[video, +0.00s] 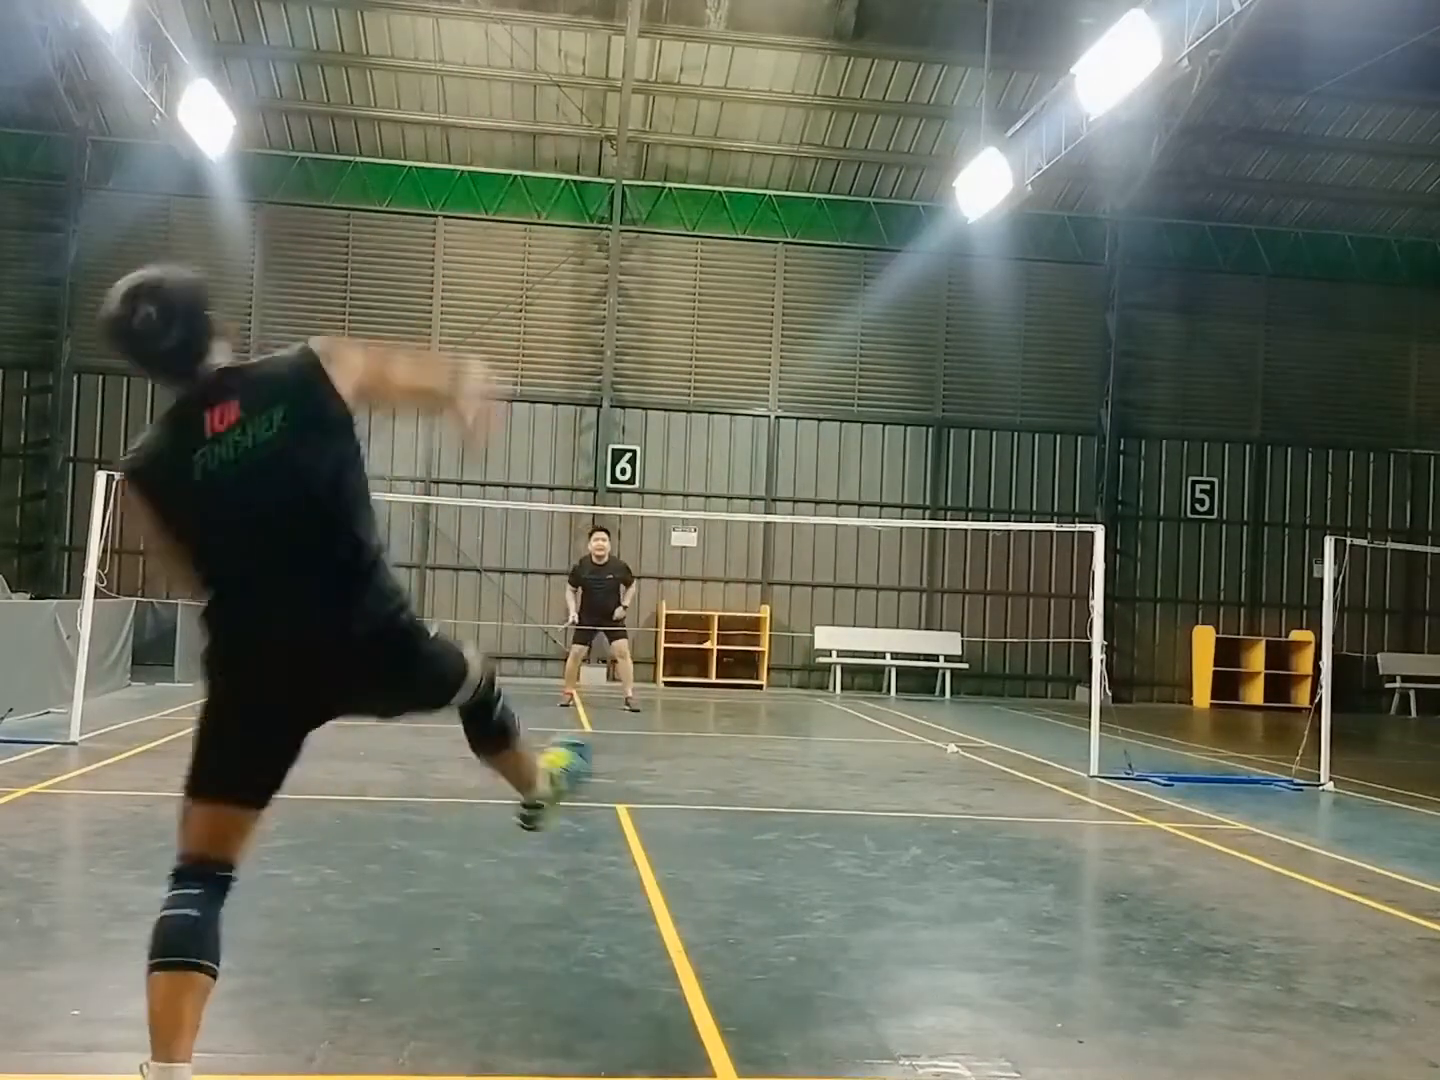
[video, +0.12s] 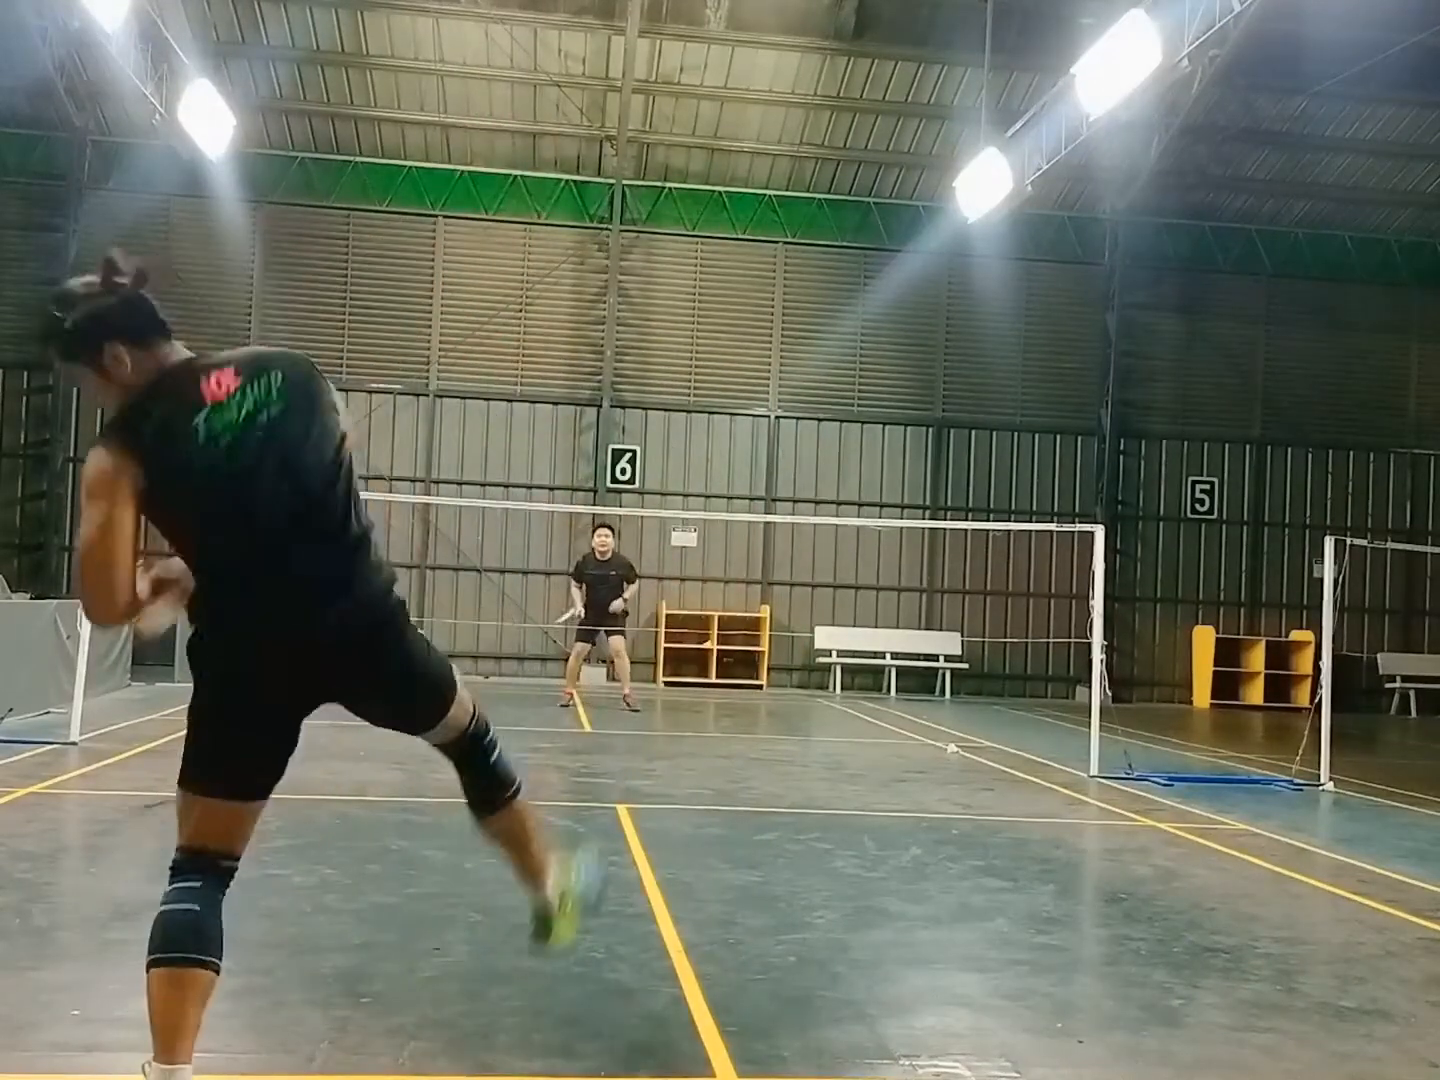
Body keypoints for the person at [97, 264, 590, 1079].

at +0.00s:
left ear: (146, 367)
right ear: (214, 326)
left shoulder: (148, 473)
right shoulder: (313, 372)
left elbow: (188, 574)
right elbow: (399, 366)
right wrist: (460, 382)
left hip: (255, 679)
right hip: (368, 643)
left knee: (202, 871)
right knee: (473, 692)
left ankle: (169, 1068)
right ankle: (538, 790)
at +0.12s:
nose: (94, 395)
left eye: (90, 379)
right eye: (88, 381)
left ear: (115, 359)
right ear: (166, 336)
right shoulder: (294, 371)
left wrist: (169, 582)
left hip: (245, 661)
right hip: (362, 629)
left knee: (201, 867)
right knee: (471, 743)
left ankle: (169, 1070)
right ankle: (549, 894)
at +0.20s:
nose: (86, 398)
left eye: (80, 381)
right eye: (74, 385)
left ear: (118, 346)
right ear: (147, 332)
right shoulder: (272, 363)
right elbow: (313, 486)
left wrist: (131, 616)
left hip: (255, 641)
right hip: (368, 615)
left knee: (200, 860)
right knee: (455, 758)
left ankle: (170, 1068)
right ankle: (518, 945)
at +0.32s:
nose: (101, 390)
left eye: (93, 372)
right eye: (88, 376)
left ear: (130, 335)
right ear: (158, 322)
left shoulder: (157, 400)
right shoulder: (279, 364)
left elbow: (141, 521)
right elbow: (309, 503)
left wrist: (119, 654)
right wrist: (204, 558)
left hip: (263, 627)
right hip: (370, 609)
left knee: (206, 850)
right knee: (417, 811)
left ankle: (168, 1067)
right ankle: (439, 1000)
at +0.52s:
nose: (179, 345)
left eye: (177, 331)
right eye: (179, 331)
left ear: (191, 327)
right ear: (256, 317)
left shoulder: (200, 399)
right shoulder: (359, 380)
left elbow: (193, 510)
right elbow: (390, 507)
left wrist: (187, 660)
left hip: (272, 631)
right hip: (383, 627)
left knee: (214, 839)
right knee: (392, 834)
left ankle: (170, 1054)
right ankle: (389, 1060)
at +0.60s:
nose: (211, 337)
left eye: (211, 325)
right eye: (211, 325)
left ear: (222, 322)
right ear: (292, 312)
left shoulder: (220, 397)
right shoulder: (391, 383)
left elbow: (210, 510)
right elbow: (431, 511)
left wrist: (194, 657)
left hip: (281, 630)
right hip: (393, 629)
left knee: (221, 818)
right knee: (398, 830)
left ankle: (183, 1007)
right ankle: (394, 1056)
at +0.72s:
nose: (248, 333)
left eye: (250, 322)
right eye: (253, 322)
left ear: (263, 325)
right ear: (336, 323)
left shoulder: (246, 393)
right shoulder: (415, 395)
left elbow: (223, 511)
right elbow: (478, 516)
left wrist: (205, 644)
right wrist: (445, 598)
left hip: (286, 626)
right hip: (394, 628)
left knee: (246, 801)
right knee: (394, 821)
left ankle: (225, 996)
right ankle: (394, 1046)